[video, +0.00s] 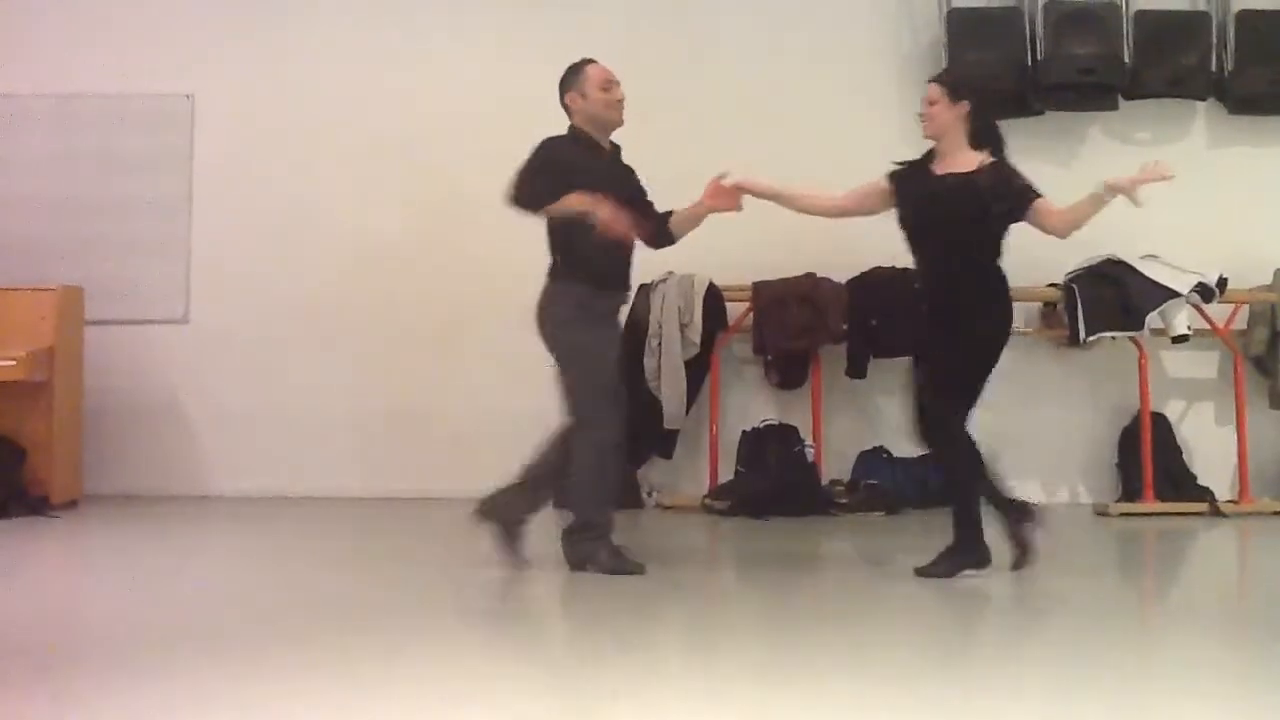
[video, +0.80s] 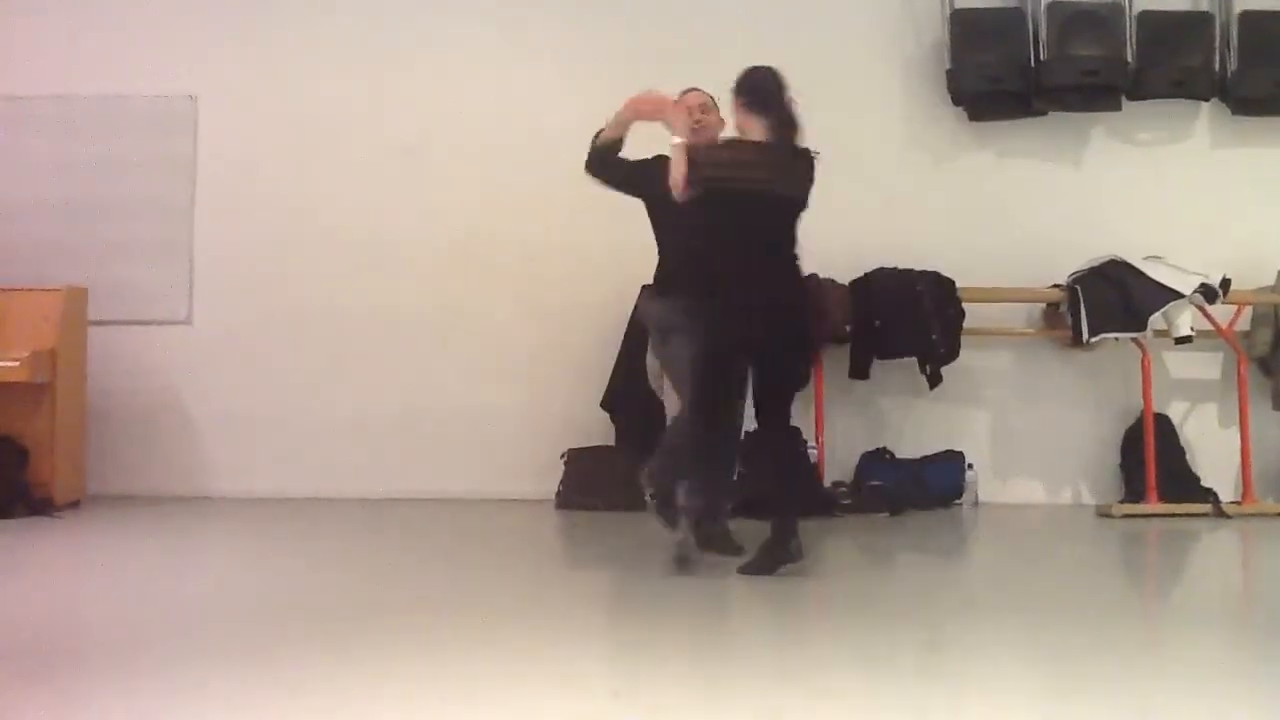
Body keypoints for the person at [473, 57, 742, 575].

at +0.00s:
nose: (620, 95)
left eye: (619, 86)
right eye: (607, 88)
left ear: (609, 101)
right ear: (575, 102)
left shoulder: (618, 170)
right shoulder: (559, 151)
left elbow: (656, 232)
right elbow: (524, 196)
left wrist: (703, 206)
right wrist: (590, 204)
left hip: (603, 310)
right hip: (571, 305)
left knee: (600, 420)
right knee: (600, 419)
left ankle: (510, 505)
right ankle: (587, 540)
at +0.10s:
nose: (629, 98)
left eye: (628, 91)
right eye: (616, 91)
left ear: (625, 102)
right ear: (585, 105)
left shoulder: (624, 171)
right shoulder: (577, 153)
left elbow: (643, 242)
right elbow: (604, 180)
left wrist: (686, 206)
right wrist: (665, 171)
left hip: (625, 309)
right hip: (592, 307)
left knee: (646, 420)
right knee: (614, 417)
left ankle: (588, 505)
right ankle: (589, 541)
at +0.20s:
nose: (637, 102)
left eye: (638, 95)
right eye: (624, 96)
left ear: (639, 106)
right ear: (595, 110)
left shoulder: (634, 168)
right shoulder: (590, 157)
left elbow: (654, 235)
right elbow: (634, 165)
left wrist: (686, 198)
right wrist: (690, 152)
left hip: (639, 311)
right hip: (602, 311)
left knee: (673, 408)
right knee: (620, 418)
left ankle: (645, 512)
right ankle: (591, 538)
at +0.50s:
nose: (672, 110)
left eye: (677, 103)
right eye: (660, 104)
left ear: (688, 113)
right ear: (643, 119)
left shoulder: (692, 168)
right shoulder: (633, 162)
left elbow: (720, 210)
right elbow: (606, 165)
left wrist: (713, 157)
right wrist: (663, 133)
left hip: (703, 311)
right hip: (657, 311)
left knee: (716, 421)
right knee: (641, 421)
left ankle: (710, 523)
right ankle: (603, 531)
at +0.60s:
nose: (692, 114)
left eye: (695, 108)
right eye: (681, 107)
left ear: (703, 119)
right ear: (659, 122)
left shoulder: (720, 176)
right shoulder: (652, 175)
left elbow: (764, 196)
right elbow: (596, 178)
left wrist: (742, 151)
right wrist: (624, 134)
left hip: (712, 312)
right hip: (664, 310)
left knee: (724, 418)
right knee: (681, 415)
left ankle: (711, 523)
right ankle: (625, 512)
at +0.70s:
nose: (694, 116)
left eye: (701, 108)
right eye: (684, 110)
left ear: (716, 122)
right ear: (668, 124)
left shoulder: (731, 179)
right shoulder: (655, 174)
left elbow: (751, 238)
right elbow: (594, 177)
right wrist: (614, 129)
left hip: (717, 307)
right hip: (665, 306)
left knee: (722, 413)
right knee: (698, 403)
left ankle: (711, 521)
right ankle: (643, 486)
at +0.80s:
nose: (700, 112)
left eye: (707, 106)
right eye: (690, 108)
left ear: (723, 121)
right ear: (674, 126)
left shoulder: (742, 168)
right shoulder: (662, 171)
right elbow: (599, 164)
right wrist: (626, 115)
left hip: (728, 302)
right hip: (672, 303)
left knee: (721, 411)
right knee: (695, 404)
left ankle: (708, 516)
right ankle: (660, 477)